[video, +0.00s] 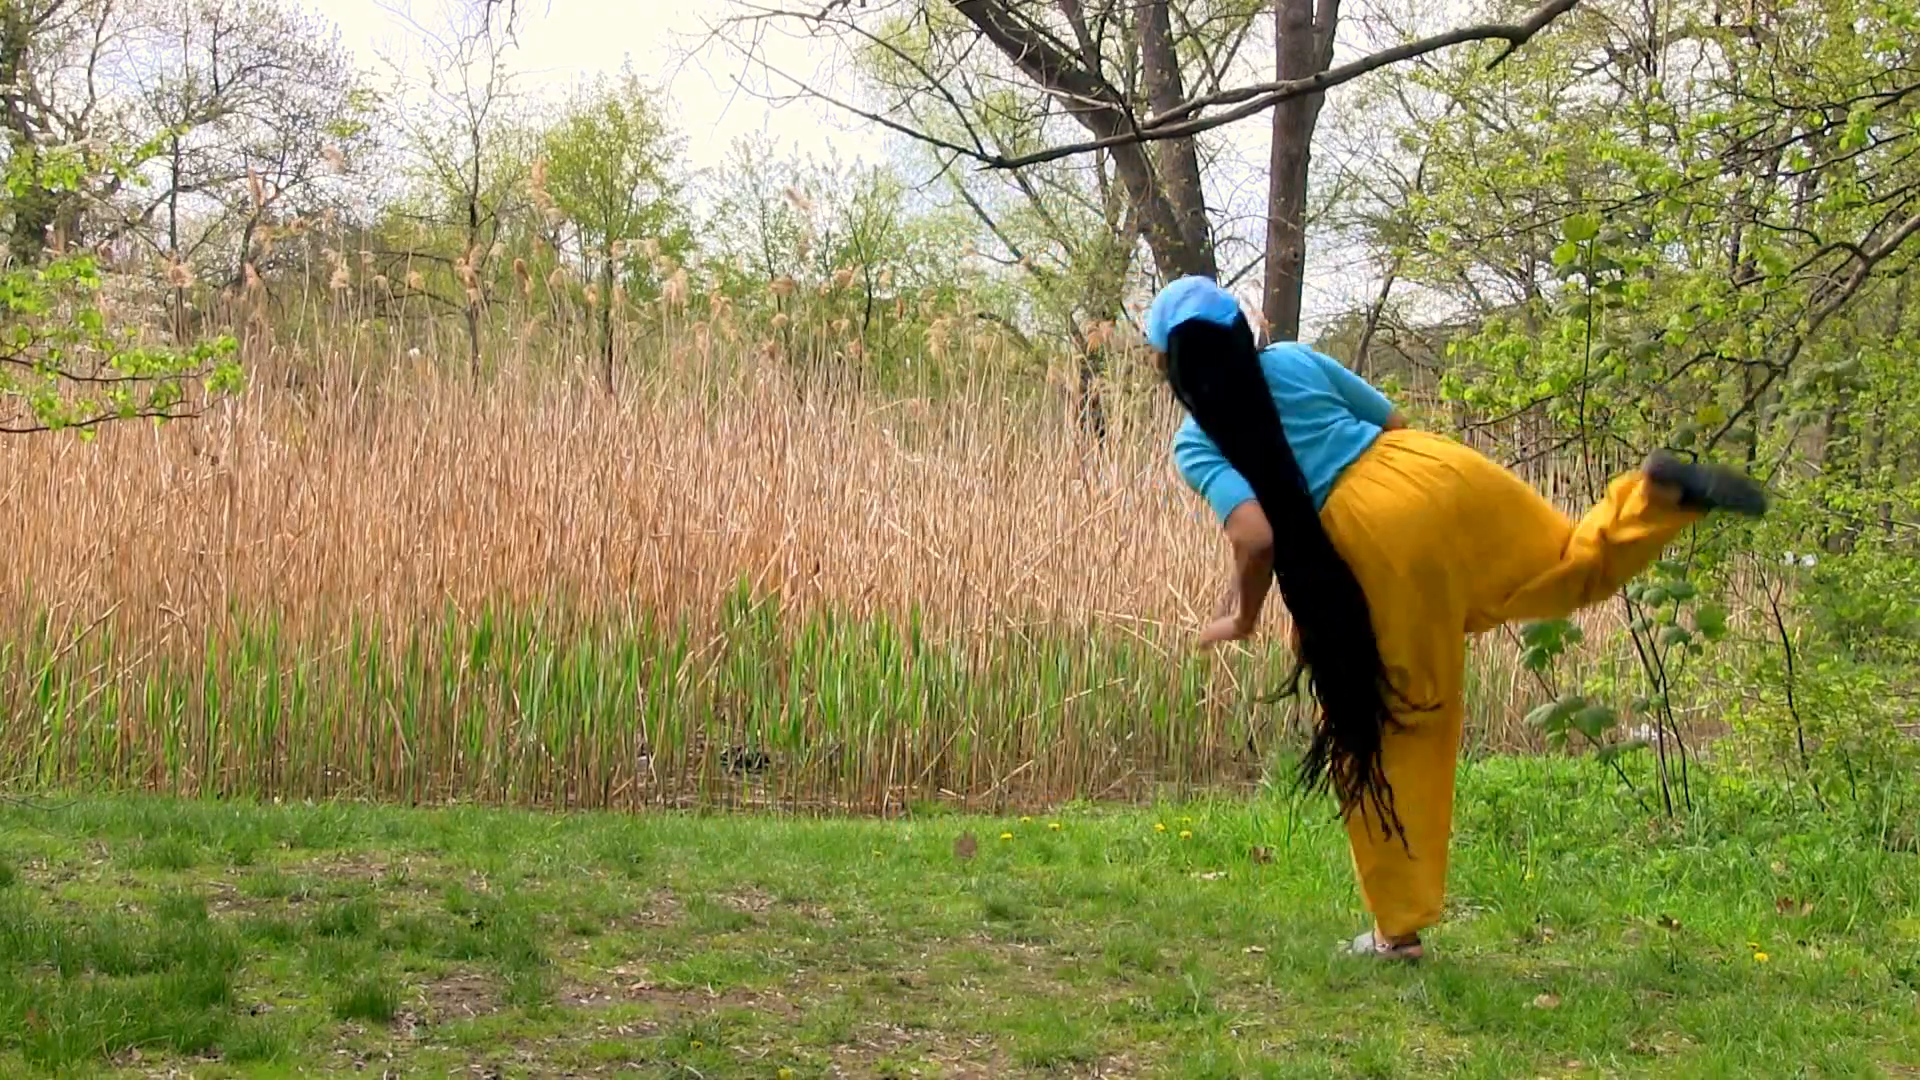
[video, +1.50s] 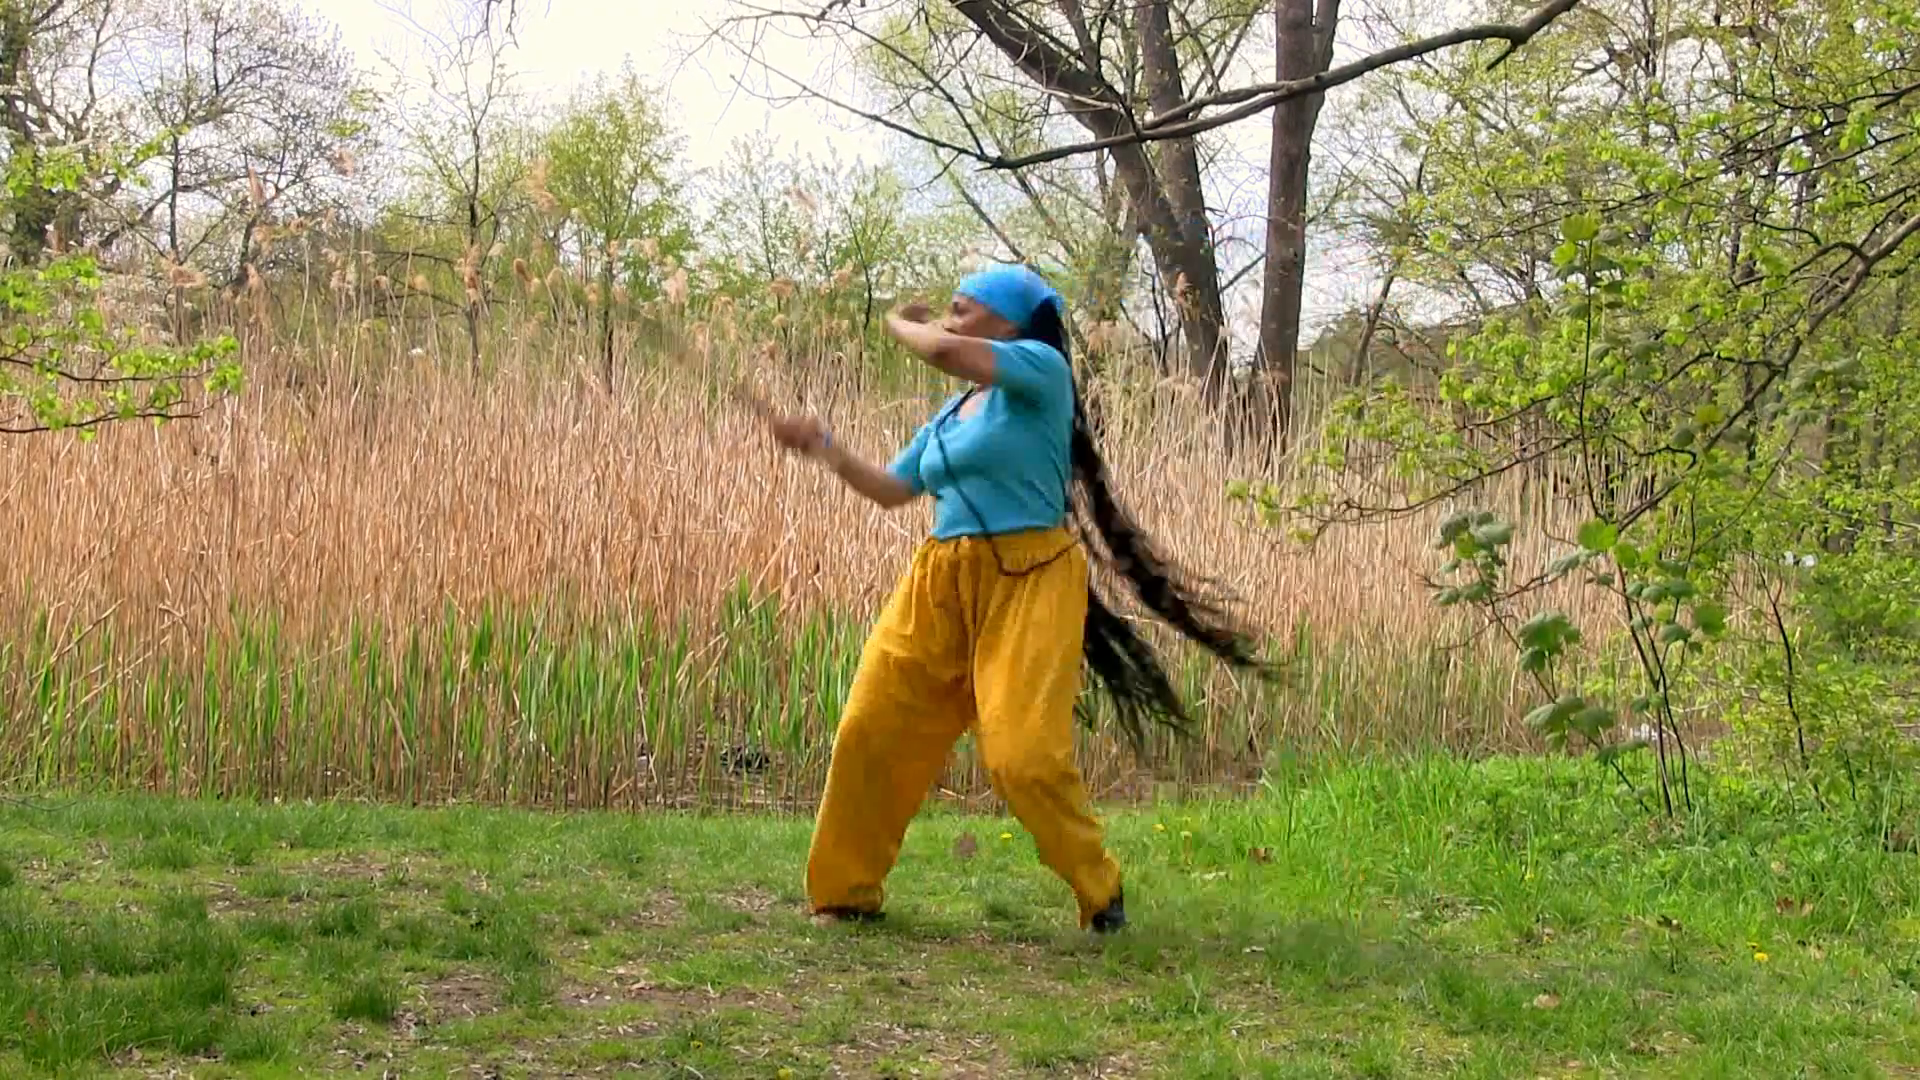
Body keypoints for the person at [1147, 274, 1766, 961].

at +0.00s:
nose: (1157, 364)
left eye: (1157, 352)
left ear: (1169, 362)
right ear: (1242, 330)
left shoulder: (1194, 438)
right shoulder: (1297, 358)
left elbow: (1254, 529)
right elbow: (1383, 414)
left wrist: (1242, 615)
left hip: (1358, 533)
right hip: (1421, 464)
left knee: (1385, 728)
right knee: (1569, 568)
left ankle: (1399, 930)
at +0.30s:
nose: (1297, 256)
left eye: (1310, 246)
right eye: (1300, 243)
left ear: (1348, 258)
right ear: (1351, 260)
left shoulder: (1321, 323)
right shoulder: (1370, 320)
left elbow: (1217, 401)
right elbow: (1285, 380)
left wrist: (1219, 366)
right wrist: (1230, 332)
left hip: (1381, 520)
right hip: (1416, 505)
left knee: (1353, 723)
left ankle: (1395, 928)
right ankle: (1393, 672)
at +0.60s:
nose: (1325, 285)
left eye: (1340, 274)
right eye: (1328, 271)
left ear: (1386, 286)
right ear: (1355, 282)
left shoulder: (1432, 367)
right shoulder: (1327, 348)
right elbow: (1265, 450)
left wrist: (1301, 424)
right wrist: (1198, 492)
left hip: (1364, 570)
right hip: (1275, 532)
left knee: (1345, 744)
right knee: (1136, 600)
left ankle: (1364, 914)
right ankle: (1134, 765)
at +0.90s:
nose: (1276, 343)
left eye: (1292, 334)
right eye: (1279, 330)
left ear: (1339, 352)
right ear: (1286, 335)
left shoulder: (1390, 431)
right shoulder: (1259, 395)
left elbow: (1503, 470)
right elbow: (1178, 452)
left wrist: (1455, 397)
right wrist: (1128, 455)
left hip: (1325, 601)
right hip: (1219, 586)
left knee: (1346, 771)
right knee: (1149, 737)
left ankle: (1363, 925)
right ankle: (1150, 861)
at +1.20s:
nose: (1127, 278)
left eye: (1142, 267)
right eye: (1126, 266)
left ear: (1181, 287)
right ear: (1125, 280)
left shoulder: (1215, 358)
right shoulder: (1107, 332)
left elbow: (1266, 364)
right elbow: (1051, 309)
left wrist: (1188, 302)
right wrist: (1103, 239)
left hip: (1162, 551)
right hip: (1059, 526)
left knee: (1197, 737)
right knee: (960, 685)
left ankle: (1143, 872)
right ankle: (869, 844)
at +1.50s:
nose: (950, 319)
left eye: (967, 308)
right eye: (953, 308)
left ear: (1012, 322)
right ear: (962, 322)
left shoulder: (1042, 369)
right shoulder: (952, 415)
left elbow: (945, 349)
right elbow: (891, 489)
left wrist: (903, 325)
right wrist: (826, 448)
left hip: (1030, 578)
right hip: (941, 578)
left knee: (1021, 757)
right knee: (869, 727)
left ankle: (1099, 888)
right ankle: (850, 895)